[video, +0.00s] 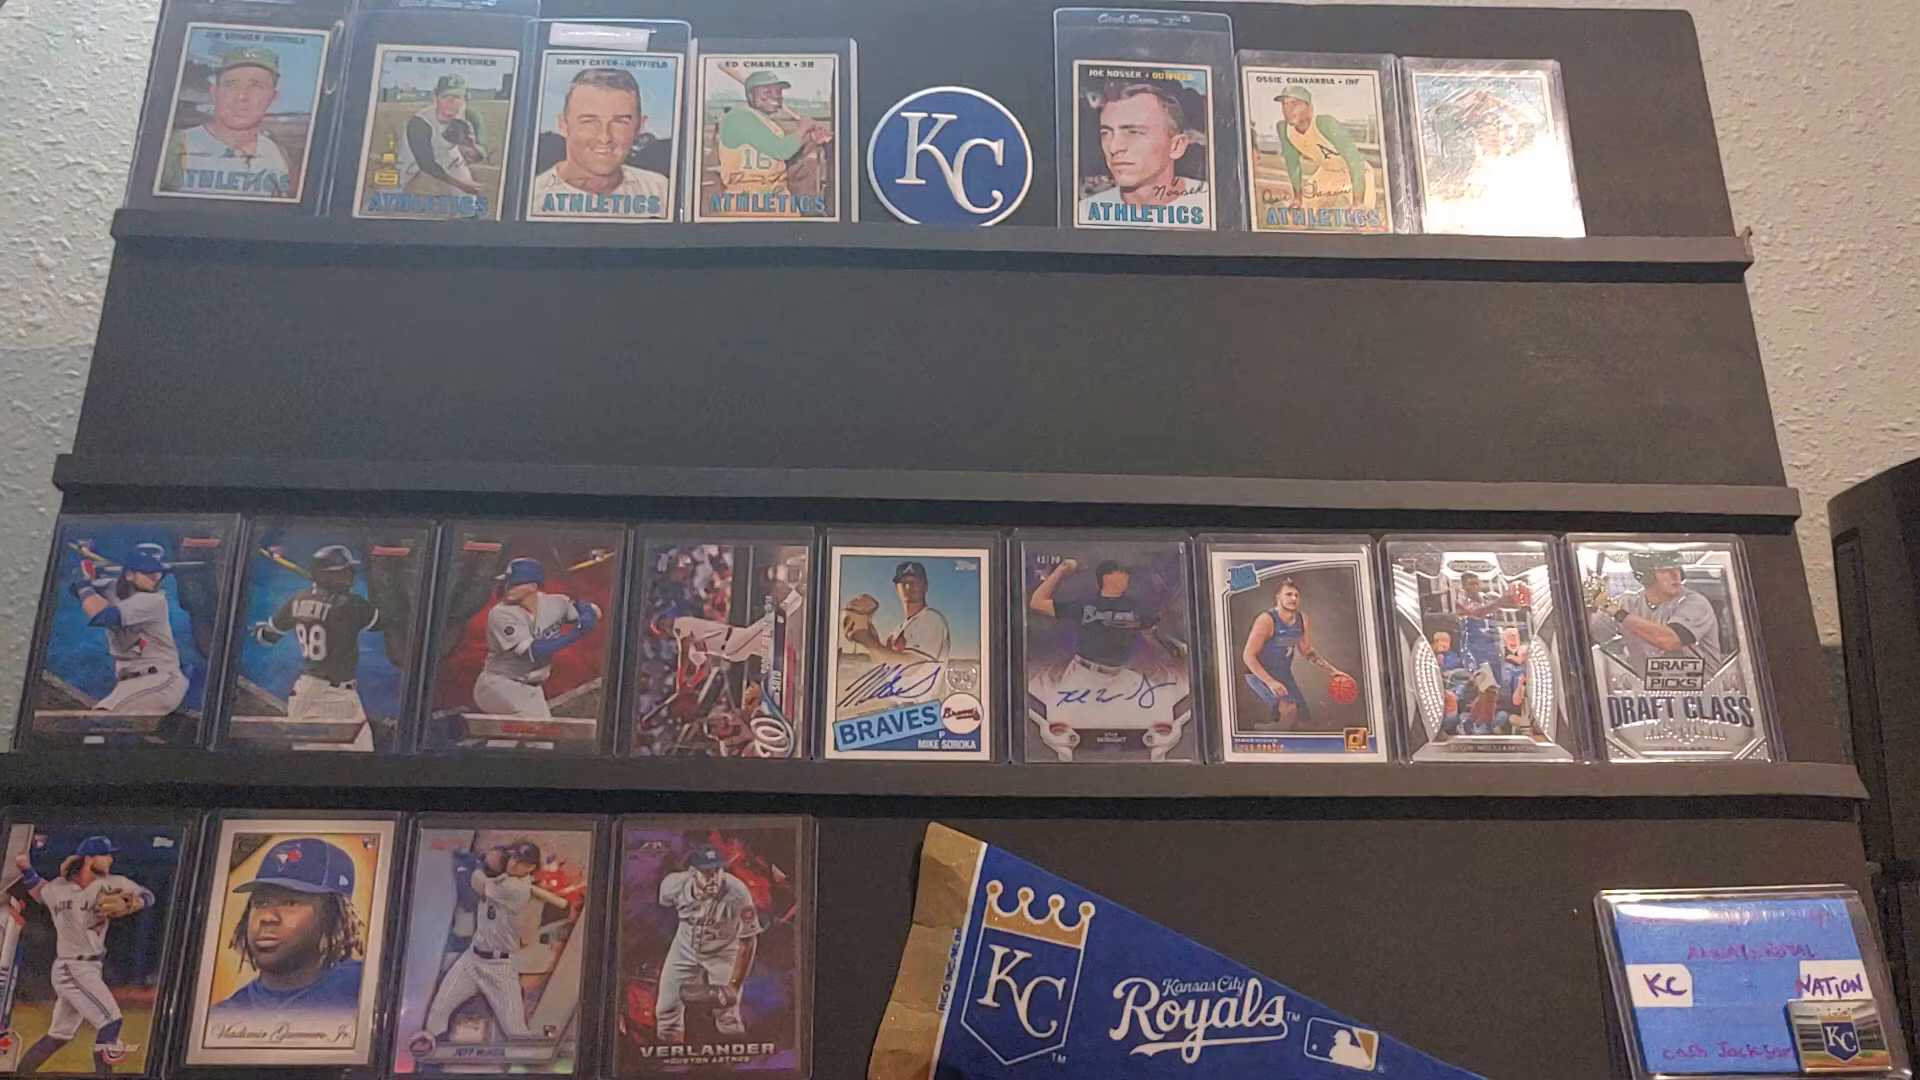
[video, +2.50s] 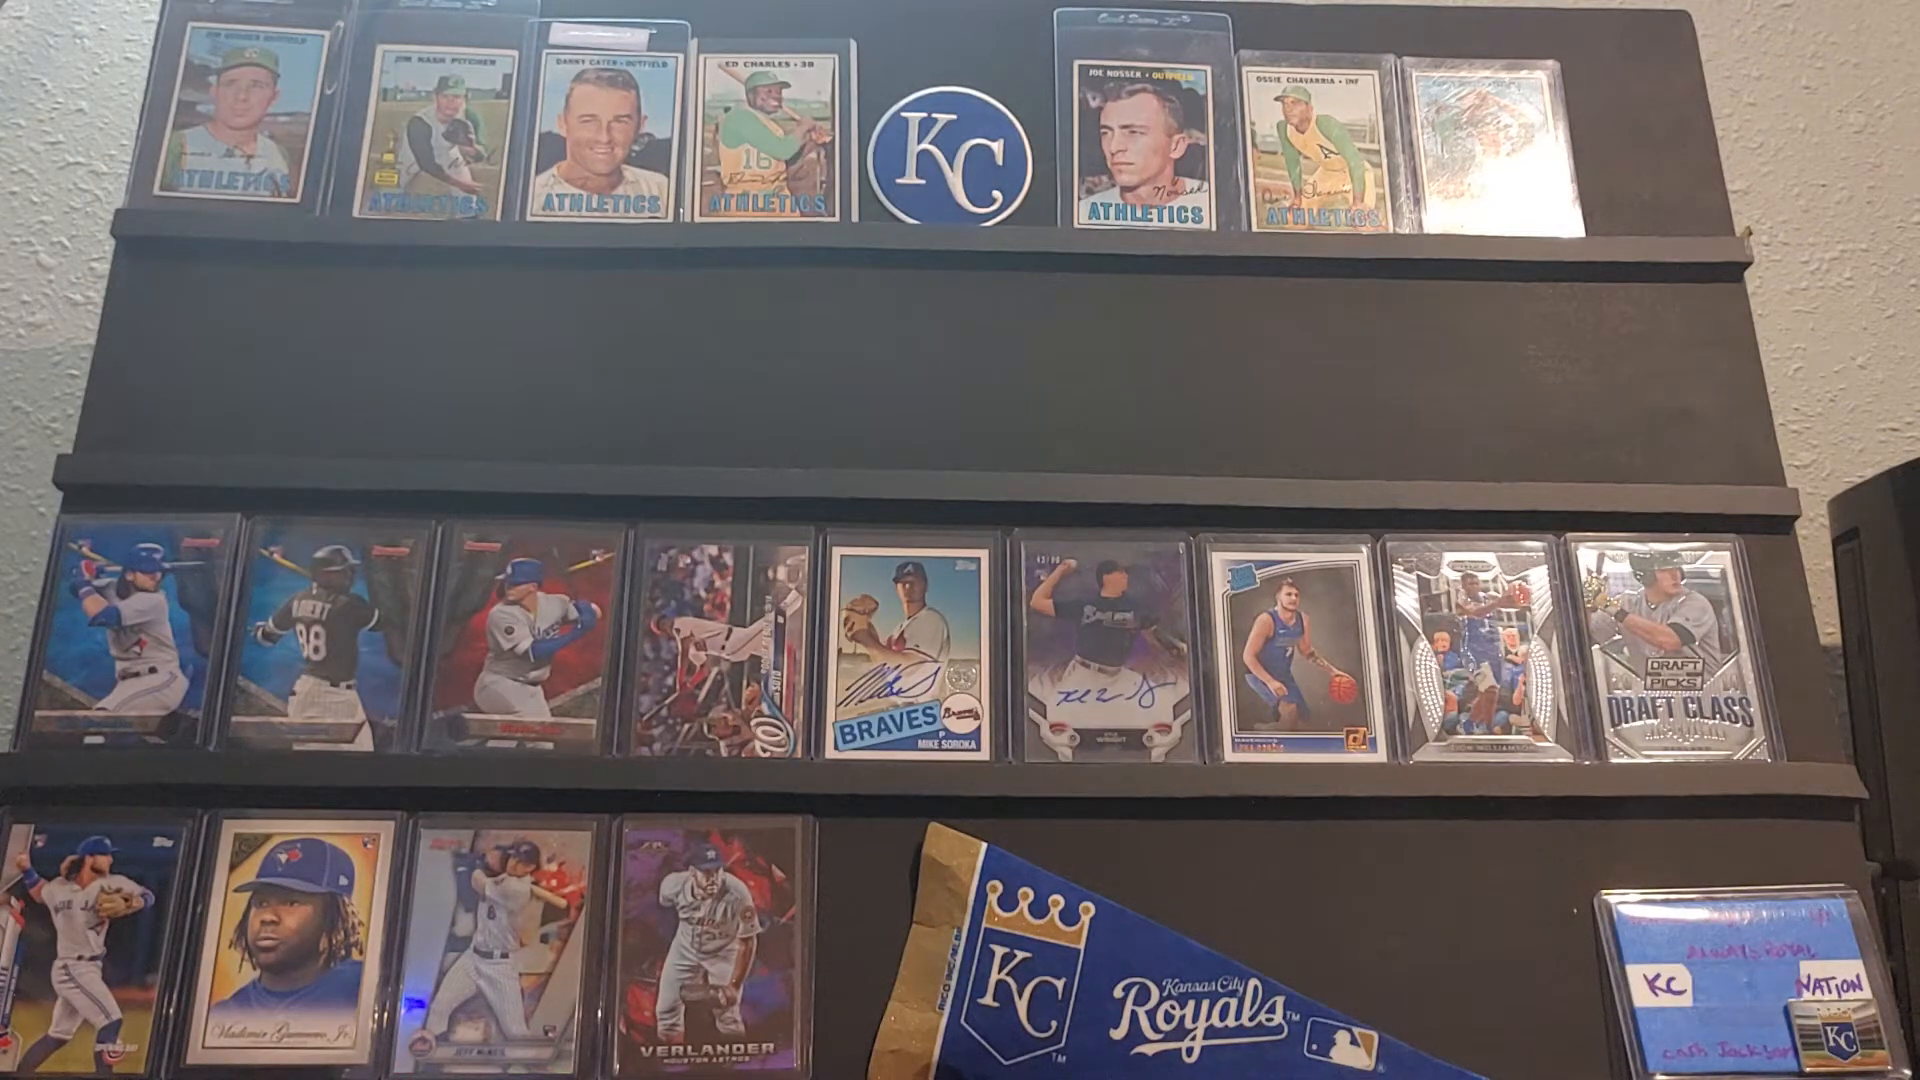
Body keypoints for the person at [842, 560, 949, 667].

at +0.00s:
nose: (907, 588)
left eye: (913, 583)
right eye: (902, 583)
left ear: (925, 586)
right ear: (896, 588)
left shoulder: (931, 619)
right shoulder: (903, 626)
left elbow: (913, 660)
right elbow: (883, 661)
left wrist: (868, 641)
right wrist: (866, 622)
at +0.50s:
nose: (907, 588)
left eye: (913, 583)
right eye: (902, 583)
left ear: (925, 586)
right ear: (896, 588)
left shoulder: (931, 619)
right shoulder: (902, 626)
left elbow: (912, 662)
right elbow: (883, 661)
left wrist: (867, 640)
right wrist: (866, 623)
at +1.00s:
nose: (907, 589)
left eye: (913, 583)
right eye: (902, 583)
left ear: (925, 586)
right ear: (896, 588)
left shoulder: (931, 619)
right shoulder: (901, 626)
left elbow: (911, 661)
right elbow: (882, 661)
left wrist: (867, 640)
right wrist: (865, 622)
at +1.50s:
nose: (907, 588)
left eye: (913, 583)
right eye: (902, 583)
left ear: (925, 586)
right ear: (896, 588)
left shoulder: (931, 619)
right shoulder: (901, 626)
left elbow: (909, 662)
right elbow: (882, 659)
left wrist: (865, 639)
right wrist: (864, 622)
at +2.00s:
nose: (907, 588)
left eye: (913, 583)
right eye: (902, 583)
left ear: (925, 586)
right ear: (896, 587)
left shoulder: (931, 619)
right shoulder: (902, 626)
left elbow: (909, 662)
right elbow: (882, 660)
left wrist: (865, 639)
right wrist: (864, 622)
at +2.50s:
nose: (907, 588)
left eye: (913, 583)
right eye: (902, 583)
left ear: (925, 586)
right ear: (896, 588)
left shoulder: (931, 619)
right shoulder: (902, 626)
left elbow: (910, 662)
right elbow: (882, 659)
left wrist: (865, 639)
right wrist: (865, 623)